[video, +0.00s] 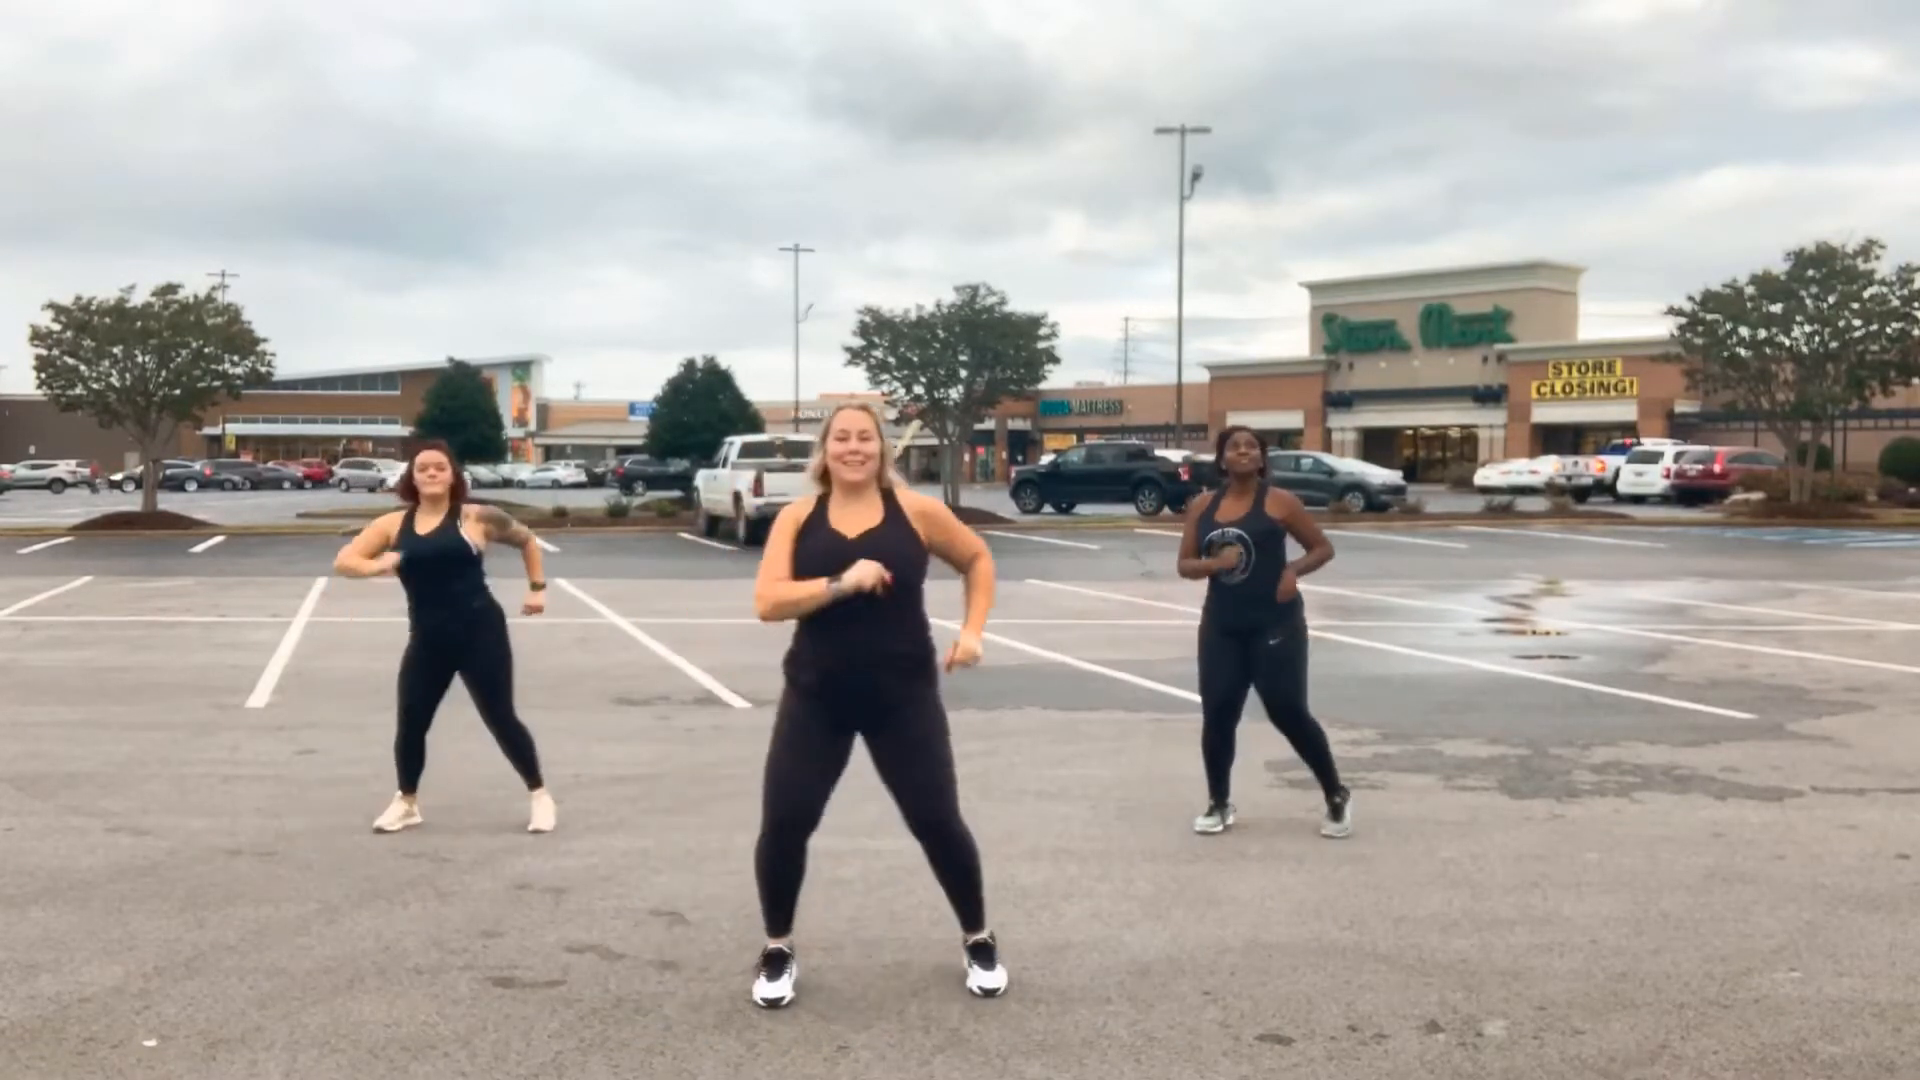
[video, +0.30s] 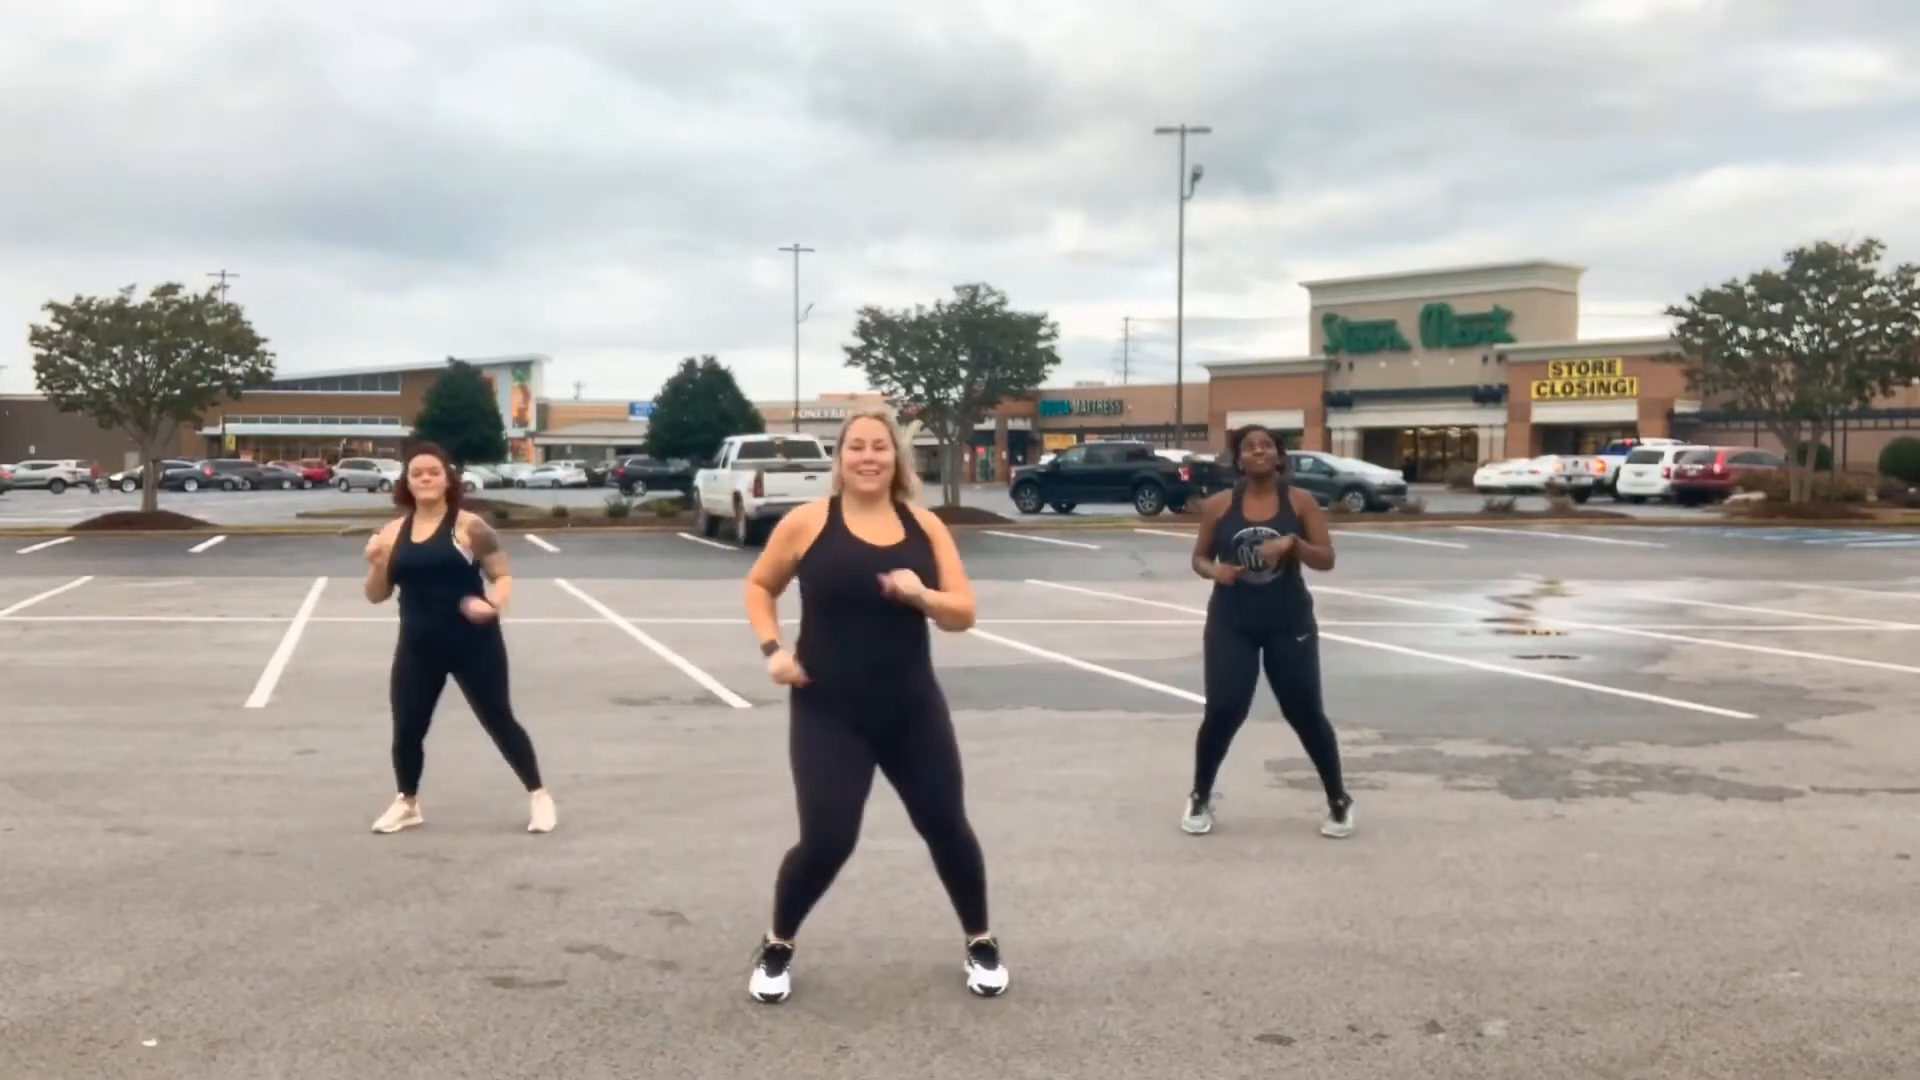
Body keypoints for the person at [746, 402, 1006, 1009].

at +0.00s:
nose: (853, 447)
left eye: (864, 438)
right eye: (842, 438)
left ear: (882, 448)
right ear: (824, 449)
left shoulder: (916, 510)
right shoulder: (796, 517)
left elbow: (977, 558)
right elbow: (768, 601)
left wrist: (972, 631)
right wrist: (837, 585)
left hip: (903, 698)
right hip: (816, 701)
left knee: (937, 823)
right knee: (783, 826)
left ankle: (978, 941)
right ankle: (777, 949)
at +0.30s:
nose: (867, 457)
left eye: (879, 447)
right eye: (856, 447)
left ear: (896, 457)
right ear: (838, 457)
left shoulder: (925, 527)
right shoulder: (806, 524)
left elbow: (962, 615)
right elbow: (759, 586)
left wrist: (922, 595)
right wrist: (773, 647)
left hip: (912, 707)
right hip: (827, 710)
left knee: (946, 826)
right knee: (828, 842)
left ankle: (980, 942)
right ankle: (779, 946)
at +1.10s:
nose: (798, 453)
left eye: (808, 444)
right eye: (786, 443)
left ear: (825, 456)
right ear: (768, 456)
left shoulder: (852, 524)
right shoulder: (736, 520)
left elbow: (871, 613)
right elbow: (693, 609)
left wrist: (810, 600)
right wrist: (673, 698)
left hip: (836, 700)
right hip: (755, 697)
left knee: (842, 826)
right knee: (729, 799)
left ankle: (833, 948)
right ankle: (714, 917)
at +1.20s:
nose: (785, 442)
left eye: (796, 433)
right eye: (773, 433)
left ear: (812, 448)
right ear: (753, 448)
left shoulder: (841, 511)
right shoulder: (721, 515)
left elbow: (875, 587)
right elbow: (671, 589)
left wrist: (803, 580)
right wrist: (647, 663)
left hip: (816, 694)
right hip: (732, 690)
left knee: (826, 823)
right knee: (690, 802)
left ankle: (831, 947)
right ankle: (656, 924)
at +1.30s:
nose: (767, 443)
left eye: (777, 433)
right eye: (755, 434)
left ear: (796, 445)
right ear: (735, 447)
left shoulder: (826, 501)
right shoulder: (705, 508)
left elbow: (863, 570)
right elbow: (660, 579)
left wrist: (797, 600)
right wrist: (636, 651)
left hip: (786, 694)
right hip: (700, 688)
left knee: (807, 823)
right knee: (667, 817)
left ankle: (828, 946)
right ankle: (626, 946)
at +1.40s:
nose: (749, 451)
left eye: (760, 441)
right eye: (738, 442)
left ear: (777, 452)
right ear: (718, 452)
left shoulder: (801, 507)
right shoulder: (685, 514)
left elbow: (833, 581)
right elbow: (645, 592)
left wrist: (809, 643)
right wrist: (614, 666)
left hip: (755, 698)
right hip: (670, 693)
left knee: (790, 827)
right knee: (648, 823)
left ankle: (827, 948)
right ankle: (622, 951)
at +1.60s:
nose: (729, 463)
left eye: (740, 452)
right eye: (717, 452)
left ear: (757, 463)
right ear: (697, 462)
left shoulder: (778, 522)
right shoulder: (663, 529)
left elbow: (813, 609)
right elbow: (622, 611)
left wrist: (841, 690)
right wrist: (587, 675)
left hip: (737, 711)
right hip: (649, 706)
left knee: (778, 835)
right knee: (628, 833)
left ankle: (825, 946)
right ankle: (620, 955)